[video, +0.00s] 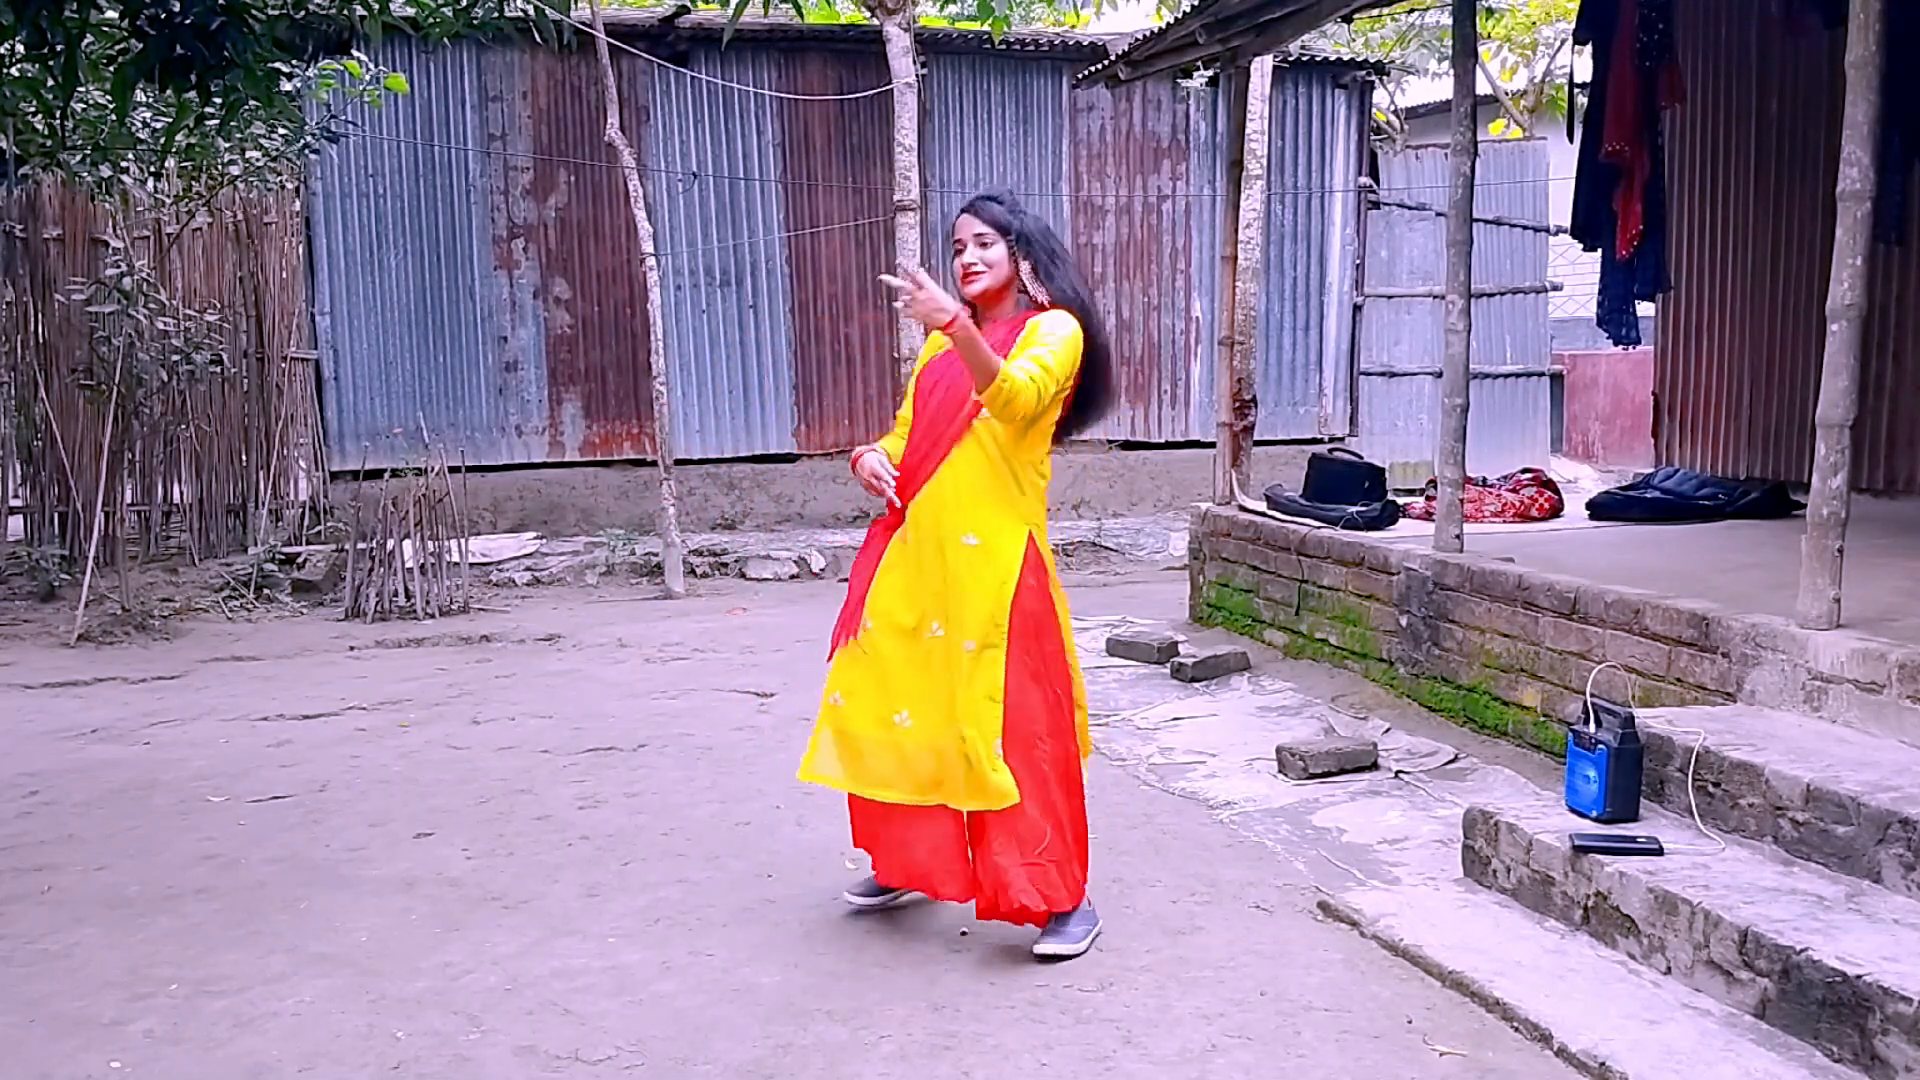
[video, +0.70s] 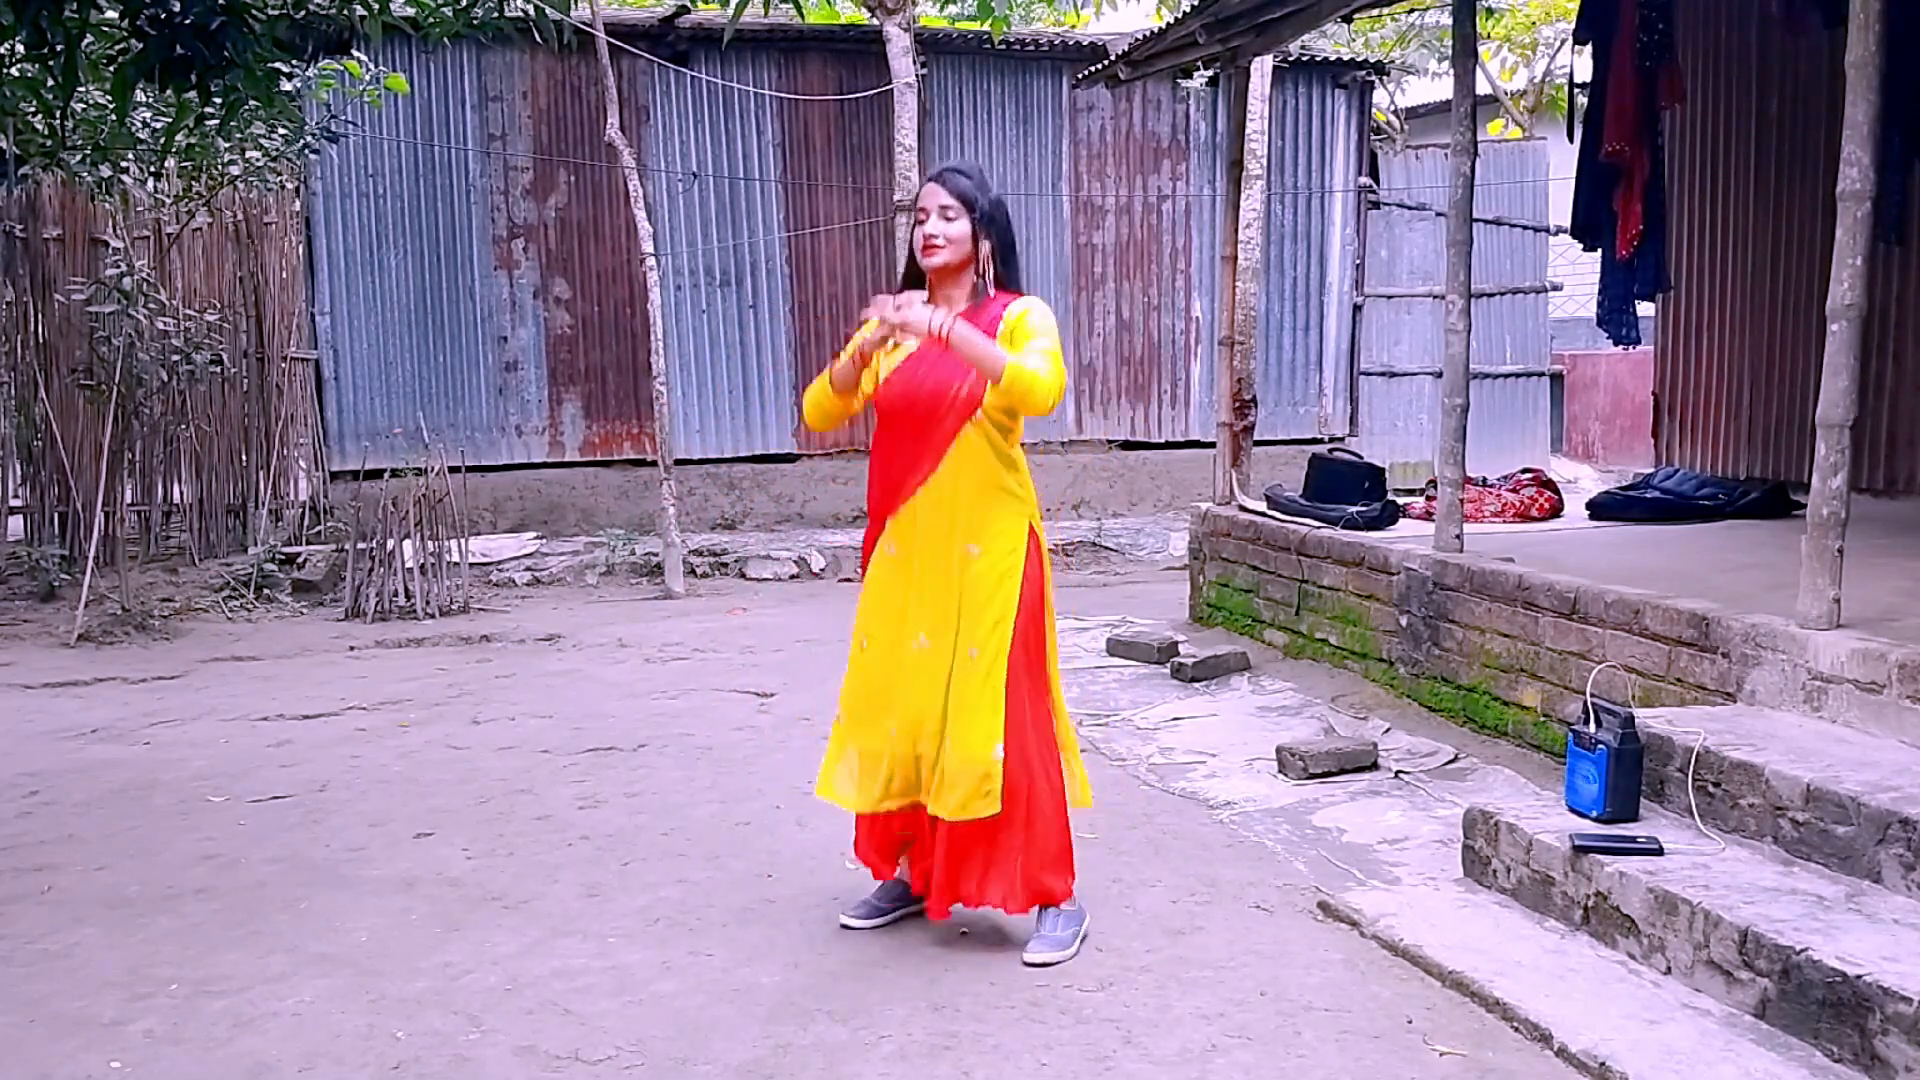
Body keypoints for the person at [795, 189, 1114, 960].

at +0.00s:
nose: (968, 258)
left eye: (983, 243)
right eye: (959, 248)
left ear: (1022, 250)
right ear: (951, 263)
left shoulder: (1055, 328)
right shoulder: (941, 341)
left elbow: (1018, 401)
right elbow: (907, 433)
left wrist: (953, 323)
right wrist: (872, 455)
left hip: (999, 555)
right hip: (917, 550)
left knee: (1027, 725)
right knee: (887, 698)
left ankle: (1066, 900)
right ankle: (903, 860)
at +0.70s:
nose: (929, 227)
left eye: (947, 215)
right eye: (920, 216)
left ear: (984, 230)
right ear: (912, 232)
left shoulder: (1020, 314)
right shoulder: (893, 323)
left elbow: (1041, 391)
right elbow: (818, 414)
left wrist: (940, 324)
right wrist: (864, 349)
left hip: (991, 544)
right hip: (905, 545)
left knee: (1013, 716)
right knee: (902, 702)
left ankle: (1057, 898)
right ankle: (913, 875)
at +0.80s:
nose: (920, 173)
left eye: (940, 157)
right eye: (911, 160)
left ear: (981, 175)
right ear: (901, 179)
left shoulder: (1008, 259)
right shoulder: (886, 264)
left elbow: (1062, 262)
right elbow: (804, 282)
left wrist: (975, 201)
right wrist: (869, 221)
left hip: (978, 482)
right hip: (888, 481)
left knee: (997, 671)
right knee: (867, 659)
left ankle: (1047, 867)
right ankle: (886, 839)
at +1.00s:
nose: (917, 251)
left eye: (933, 233)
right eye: (904, 238)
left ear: (966, 244)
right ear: (892, 253)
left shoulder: (988, 334)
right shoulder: (879, 332)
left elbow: (1028, 315)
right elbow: (847, 299)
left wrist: (1004, 249)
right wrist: (871, 240)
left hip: (977, 531)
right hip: (889, 534)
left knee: (985, 711)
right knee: (842, 698)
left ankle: (1049, 897)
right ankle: (857, 868)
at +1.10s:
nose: (914, 315)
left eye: (927, 300)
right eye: (902, 302)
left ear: (959, 300)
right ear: (891, 310)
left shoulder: (982, 391)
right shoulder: (869, 381)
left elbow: (1005, 382)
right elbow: (843, 374)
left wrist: (999, 349)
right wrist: (897, 333)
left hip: (977, 570)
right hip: (892, 576)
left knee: (994, 738)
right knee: (842, 726)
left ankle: (1050, 899)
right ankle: (851, 874)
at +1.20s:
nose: (912, 332)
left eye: (927, 317)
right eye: (899, 318)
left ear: (956, 325)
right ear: (886, 324)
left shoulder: (978, 406)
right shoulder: (852, 384)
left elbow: (1001, 429)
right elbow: (844, 392)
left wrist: (969, 414)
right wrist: (877, 406)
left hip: (973, 588)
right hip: (882, 596)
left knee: (1000, 745)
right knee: (847, 746)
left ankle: (1030, 913)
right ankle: (845, 903)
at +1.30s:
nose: (909, 302)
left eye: (923, 285)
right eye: (896, 290)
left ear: (954, 286)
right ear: (883, 297)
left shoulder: (994, 379)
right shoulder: (860, 364)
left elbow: (989, 446)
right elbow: (792, 414)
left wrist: (919, 476)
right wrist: (815, 460)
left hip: (951, 586)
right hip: (855, 585)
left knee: (1003, 735)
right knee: (844, 730)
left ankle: (1048, 902)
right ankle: (841, 885)